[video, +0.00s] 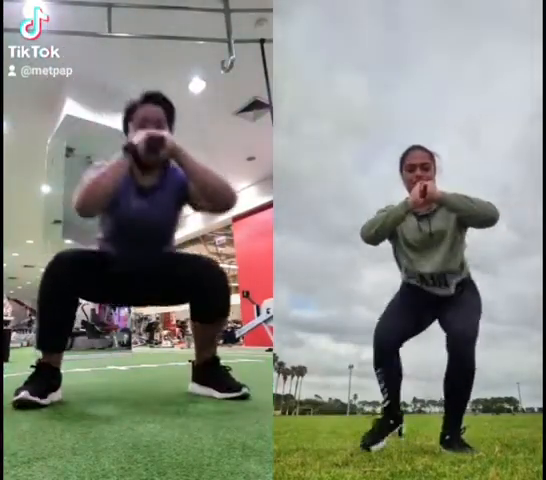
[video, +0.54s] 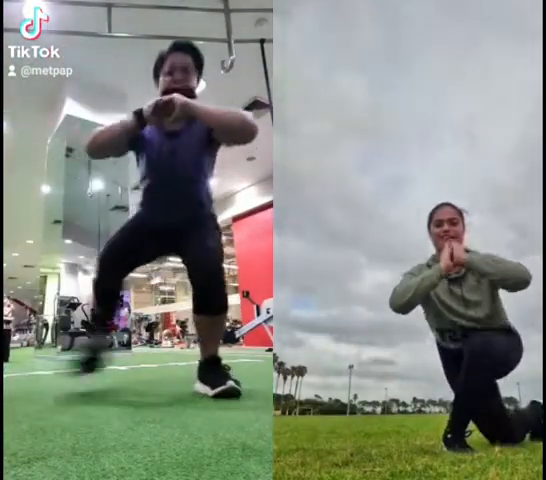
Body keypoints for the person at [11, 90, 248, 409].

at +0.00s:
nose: (152, 135)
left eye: (160, 126)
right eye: (142, 125)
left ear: (171, 135)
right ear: (128, 135)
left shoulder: (178, 179)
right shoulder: (112, 172)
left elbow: (225, 201)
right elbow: (85, 207)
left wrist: (178, 152)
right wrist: (127, 158)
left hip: (160, 271)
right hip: (111, 270)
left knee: (209, 275)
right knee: (63, 268)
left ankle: (206, 369)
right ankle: (47, 373)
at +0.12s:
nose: (159, 134)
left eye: (168, 127)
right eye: (150, 127)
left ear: (178, 136)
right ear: (135, 136)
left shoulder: (186, 178)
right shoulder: (122, 171)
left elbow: (235, 197)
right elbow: (82, 188)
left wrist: (185, 149)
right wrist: (133, 149)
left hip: (168, 271)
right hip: (118, 269)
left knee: (212, 276)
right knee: (73, 268)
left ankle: (206, 368)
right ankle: (48, 373)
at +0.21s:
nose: (161, 128)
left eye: (169, 121)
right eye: (153, 121)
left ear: (180, 133)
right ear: (138, 133)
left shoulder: (189, 174)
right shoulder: (123, 168)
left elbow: (239, 187)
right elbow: (77, 172)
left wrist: (188, 143)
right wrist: (129, 142)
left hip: (170, 268)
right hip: (121, 267)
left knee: (213, 276)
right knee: (76, 268)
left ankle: (206, 369)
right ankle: (48, 373)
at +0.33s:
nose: (168, 111)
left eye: (178, 105)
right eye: (161, 103)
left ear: (190, 114)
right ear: (147, 109)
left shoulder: (198, 154)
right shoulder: (131, 147)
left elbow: (246, 157)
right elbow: (74, 143)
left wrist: (190, 126)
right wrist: (133, 122)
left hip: (182, 250)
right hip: (134, 249)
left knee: (220, 278)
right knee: (88, 279)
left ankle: (212, 366)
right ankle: (51, 372)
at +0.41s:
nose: (172, 91)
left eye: (181, 84)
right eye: (166, 83)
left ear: (196, 92)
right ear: (154, 90)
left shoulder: (203, 136)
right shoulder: (138, 134)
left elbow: (246, 139)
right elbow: (84, 142)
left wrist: (192, 116)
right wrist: (135, 122)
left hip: (190, 235)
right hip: (142, 233)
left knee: (215, 282)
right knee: (95, 285)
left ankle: (213, 367)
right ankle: (58, 367)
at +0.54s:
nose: (176, 78)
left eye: (185, 72)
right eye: (169, 72)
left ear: (197, 80)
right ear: (157, 80)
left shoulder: (207, 123)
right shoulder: (143, 125)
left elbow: (247, 130)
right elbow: (94, 147)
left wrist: (193, 109)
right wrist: (138, 120)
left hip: (197, 224)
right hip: (152, 222)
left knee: (210, 281)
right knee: (110, 262)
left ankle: (211, 367)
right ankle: (99, 334)